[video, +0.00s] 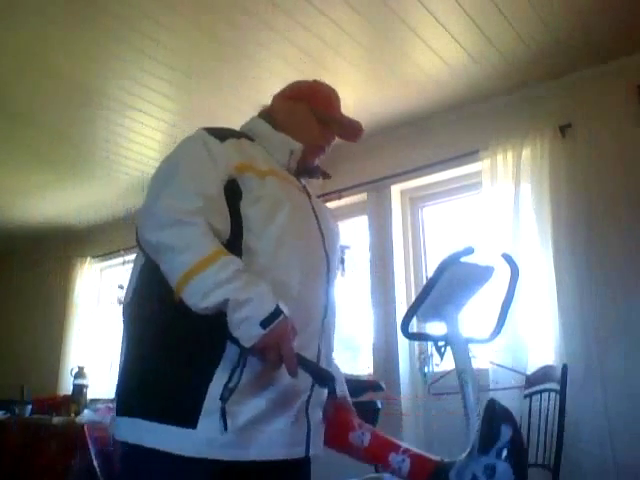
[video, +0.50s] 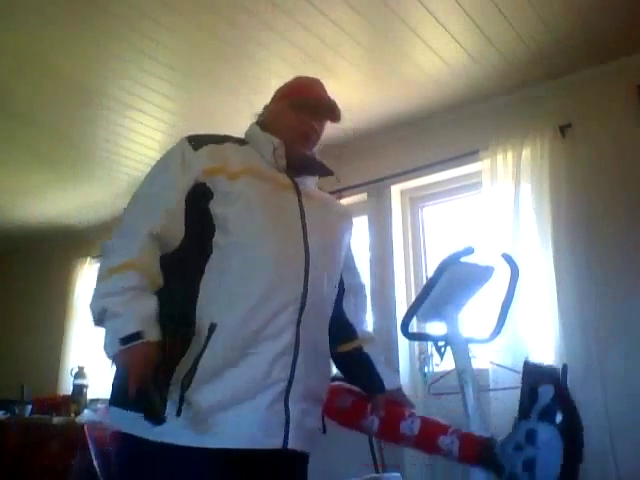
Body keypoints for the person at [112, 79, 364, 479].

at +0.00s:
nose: (329, 143)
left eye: (334, 134)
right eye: (325, 127)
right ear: (295, 115)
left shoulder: (314, 208)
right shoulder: (213, 149)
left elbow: (311, 319)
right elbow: (169, 227)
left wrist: (335, 396)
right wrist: (252, 308)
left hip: (282, 445)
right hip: (190, 440)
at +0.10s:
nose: (332, 136)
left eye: (337, 128)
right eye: (326, 120)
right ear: (292, 111)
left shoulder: (321, 207)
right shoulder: (217, 146)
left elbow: (316, 315)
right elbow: (165, 221)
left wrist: (336, 395)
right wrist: (240, 303)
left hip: (283, 436)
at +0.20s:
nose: (334, 135)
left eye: (338, 126)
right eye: (327, 118)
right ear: (293, 108)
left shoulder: (327, 210)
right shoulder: (216, 147)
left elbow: (322, 314)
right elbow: (156, 220)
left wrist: (341, 393)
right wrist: (220, 301)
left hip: (285, 433)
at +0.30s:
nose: (334, 142)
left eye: (340, 134)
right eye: (328, 126)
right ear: (295, 114)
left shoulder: (333, 218)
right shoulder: (212, 152)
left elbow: (334, 321)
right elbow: (149, 226)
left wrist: (355, 393)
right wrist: (192, 311)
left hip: (286, 439)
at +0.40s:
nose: (333, 143)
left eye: (338, 135)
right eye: (327, 126)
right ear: (293, 116)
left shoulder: (332, 219)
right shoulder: (210, 156)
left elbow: (338, 326)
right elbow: (145, 235)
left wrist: (368, 402)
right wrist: (171, 323)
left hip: (287, 445)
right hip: (190, 436)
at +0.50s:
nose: (316, 127)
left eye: (323, 121)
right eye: (307, 112)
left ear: (325, 131)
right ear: (273, 110)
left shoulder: (331, 215)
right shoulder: (201, 159)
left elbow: (343, 320)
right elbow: (129, 249)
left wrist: (380, 390)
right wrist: (132, 335)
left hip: (286, 436)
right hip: (183, 428)